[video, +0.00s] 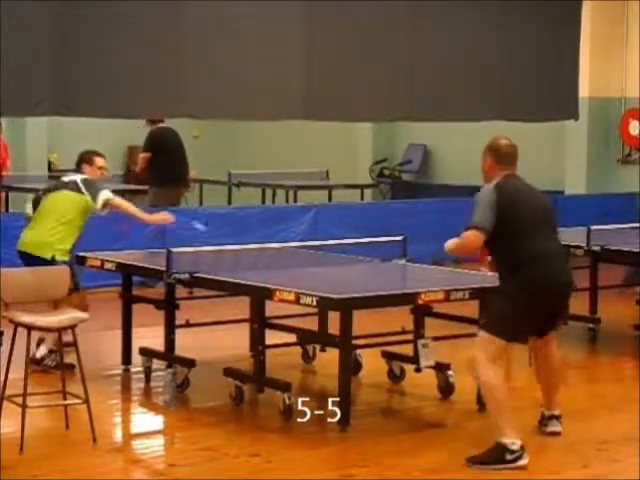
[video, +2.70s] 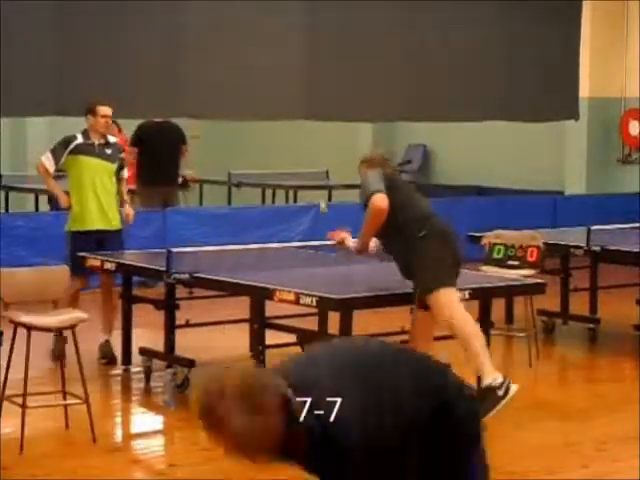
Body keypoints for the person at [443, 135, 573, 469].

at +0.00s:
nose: (482, 167)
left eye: (483, 162)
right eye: (483, 162)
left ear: (489, 162)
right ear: (514, 163)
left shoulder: (492, 191)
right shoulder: (535, 193)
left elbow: (473, 242)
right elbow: (538, 243)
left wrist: (453, 246)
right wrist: (494, 258)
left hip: (522, 283)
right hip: (558, 280)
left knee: (486, 358)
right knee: (544, 341)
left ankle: (509, 443)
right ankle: (551, 414)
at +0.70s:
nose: (479, 179)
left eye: (479, 173)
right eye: (481, 173)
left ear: (486, 173)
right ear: (510, 173)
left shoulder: (494, 209)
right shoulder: (526, 209)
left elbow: (482, 262)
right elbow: (517, 261)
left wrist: (438, 253)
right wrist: (455, 255)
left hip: (508, 311)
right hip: (548, 305)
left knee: (450, 375)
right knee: (549, 358)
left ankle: (460, 463)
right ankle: (572, 434)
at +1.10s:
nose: (478, 159)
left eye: (479, 154)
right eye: (480, 153)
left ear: (484, 159)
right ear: (513, 159)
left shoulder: (487, 201)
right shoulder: (533, 198)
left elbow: (460, 255)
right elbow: (524, 251)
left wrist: (429, 248)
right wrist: (469, 242)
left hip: (491, 309)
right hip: (532, 307)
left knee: (444, 366)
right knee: (537, 363)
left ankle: (463, 461)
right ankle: (570, 435)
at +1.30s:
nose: (472, 151)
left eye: (473, 146)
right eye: (477, 146)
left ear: (476, 148)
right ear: (508, 150)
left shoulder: (464, 187)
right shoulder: (529, 191)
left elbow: (438, 244)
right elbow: (548, 251)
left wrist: (435, 237)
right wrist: (518, 256)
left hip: (472, 295)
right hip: (520, 296)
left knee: (424, 365)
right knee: (543, 366)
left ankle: (439, 452)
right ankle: (562, 446)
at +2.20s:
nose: (451, 165)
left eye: (453, 159)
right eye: (453, 159)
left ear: (459, 158)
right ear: (483, 157)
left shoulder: (449, 188)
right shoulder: (512, 190)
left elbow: (433, 246)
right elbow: (535, 245)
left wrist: (460, 242)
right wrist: (507, 250)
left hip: (472, 285)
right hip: (518, 284)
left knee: (432, 362)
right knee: (534, 360)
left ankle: (418, 448)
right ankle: (545, 441)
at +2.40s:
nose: (386, 162)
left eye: (386, 157)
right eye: (388, 157)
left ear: (390, 155)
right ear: (413, 154)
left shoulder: (395, 175)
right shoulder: (426, 175)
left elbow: (395, 216)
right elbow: (425, 222)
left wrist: (379, 245)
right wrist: (394, 246)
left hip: (436, 265)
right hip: (454, 261)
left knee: (444, 346)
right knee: (421, 339)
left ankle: (476, 427)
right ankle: (410, 408)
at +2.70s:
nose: (361, 178)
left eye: (363, 173)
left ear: (367, 169)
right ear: (386, 168)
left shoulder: (373, 173)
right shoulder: (399, 186)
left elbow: (379, 204)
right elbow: (392, 241)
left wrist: (363, 244)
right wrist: (352, 243)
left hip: (429, 244)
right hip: (424, 254)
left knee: (449, 313)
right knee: (420, 332)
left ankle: (491, 378)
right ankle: (411, 391)